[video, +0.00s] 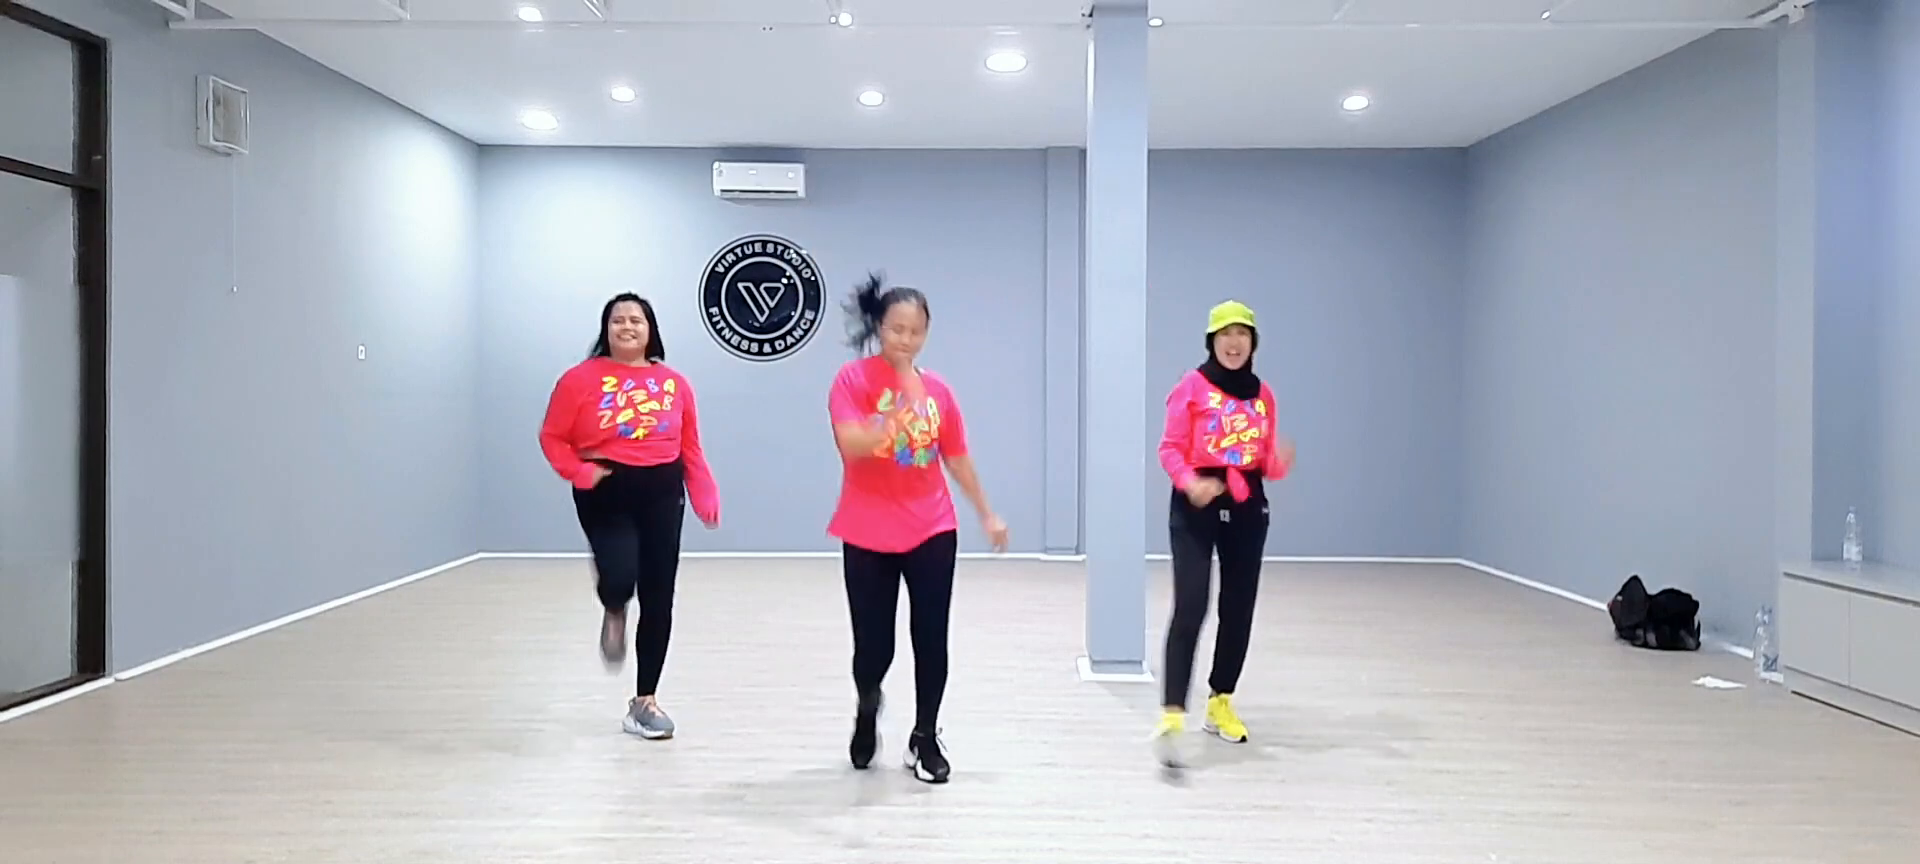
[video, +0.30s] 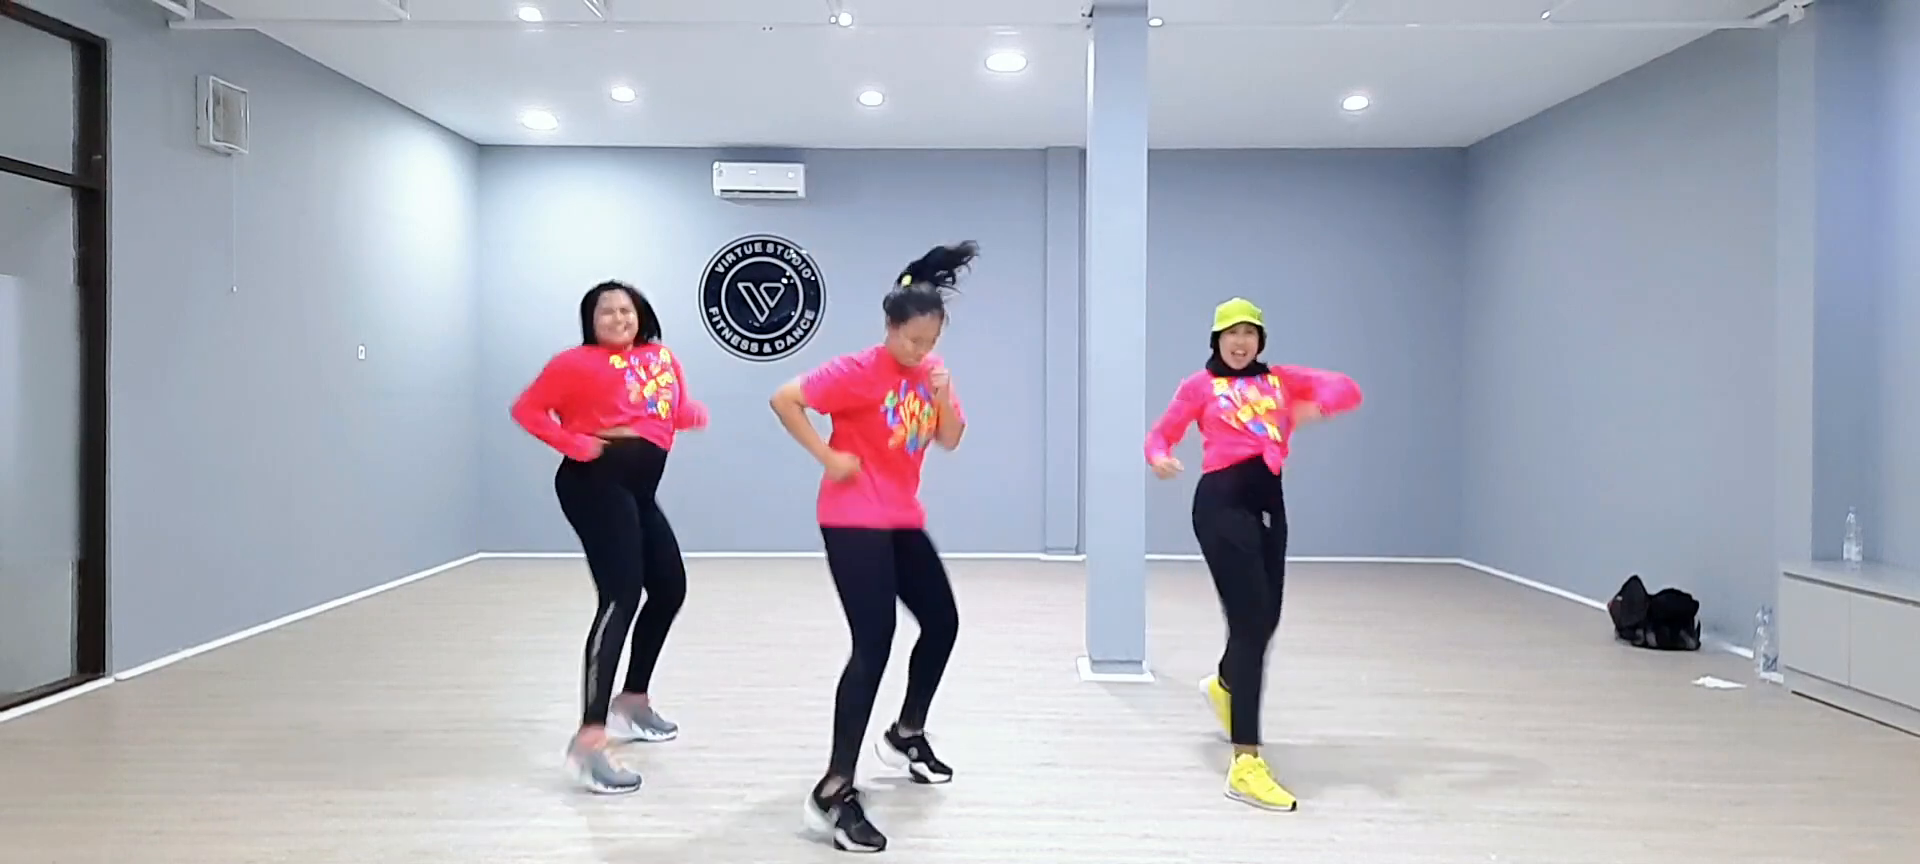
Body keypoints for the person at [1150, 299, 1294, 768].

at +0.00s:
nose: (1235, 343)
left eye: (1243, 335)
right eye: (1227, 335)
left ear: (1253, 342)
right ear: (1212, 341)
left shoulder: (1263, 396)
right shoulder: (1191, 387)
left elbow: (1268, 465)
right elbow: (1169, 449)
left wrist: (1279, 462)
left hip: (1247, 508)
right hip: (1196, 505)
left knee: (1238, 611)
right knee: (1192, 606)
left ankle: (1220, 703)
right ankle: (1173, 713)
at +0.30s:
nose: (1240, 342)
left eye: (1248, 334)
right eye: (1231, 334)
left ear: (1261, 340)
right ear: (1216, 340)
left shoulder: (1279, 379)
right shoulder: (1200, 385)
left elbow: (1348, 390)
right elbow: (1158, 434)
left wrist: (1317, 406)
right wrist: (1160, 457)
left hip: (1268, 502)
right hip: (1221, 502)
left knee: (1267, 615)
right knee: (1250, 617)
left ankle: (1225, 684)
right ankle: (1246, 761)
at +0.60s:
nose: (1279, 332)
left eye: (1278, 323)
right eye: (1276, 324)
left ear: (1236, 326)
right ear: (1259, 325)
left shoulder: (1220, 367)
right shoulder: (1248, 362)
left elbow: (1193, 440)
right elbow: (1256, 417)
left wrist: (1230, 471)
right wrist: (1309, 421)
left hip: (1224, 489)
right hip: (1258, 488)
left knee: (1245, 605)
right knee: (1281, 614)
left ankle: (1222, 723)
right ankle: (1253, 756)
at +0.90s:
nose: (1210, 339)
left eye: (1213, 334)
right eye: (1215, 333)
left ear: (1219, 336)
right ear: (1260, 334)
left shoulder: (1199, 384)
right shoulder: (1283, 384)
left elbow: (1144, 423)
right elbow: (1310, 446)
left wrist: (1155, 387)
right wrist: (1307, 495)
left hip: (1209, 500)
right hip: (1265, 502)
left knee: (1218, 625)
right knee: (1271, 616)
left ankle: (1237, 741)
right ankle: (1293, 694)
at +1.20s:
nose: (1208, 332)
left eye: (1215, 325)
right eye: (1209, 325)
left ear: (1236, 329)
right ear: (1224, 330)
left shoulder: (1249, 370)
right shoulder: (1228, 370)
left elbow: (1251, 438)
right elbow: (1215, 429)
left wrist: (1208, 481)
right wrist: (1188, 460)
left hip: (1247, 495)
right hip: (1230, 493)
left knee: (1219, 603)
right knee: (1228, 601)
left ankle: (1261, 728)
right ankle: (1256, 705)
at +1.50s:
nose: (1223, 317)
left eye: (1233, 309)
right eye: (1217, 309)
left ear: (1250, 315)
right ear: (1211, 316)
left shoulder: (1277, 357)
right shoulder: (1201, 364)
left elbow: (1337, 386)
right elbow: (1184, 408)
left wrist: (1363, 428)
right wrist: (1171, 401)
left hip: (1262, 475)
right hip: (1216, 478)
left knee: (1246, 582)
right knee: (1229, 585)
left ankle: (1270, 691)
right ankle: (1250, 684)